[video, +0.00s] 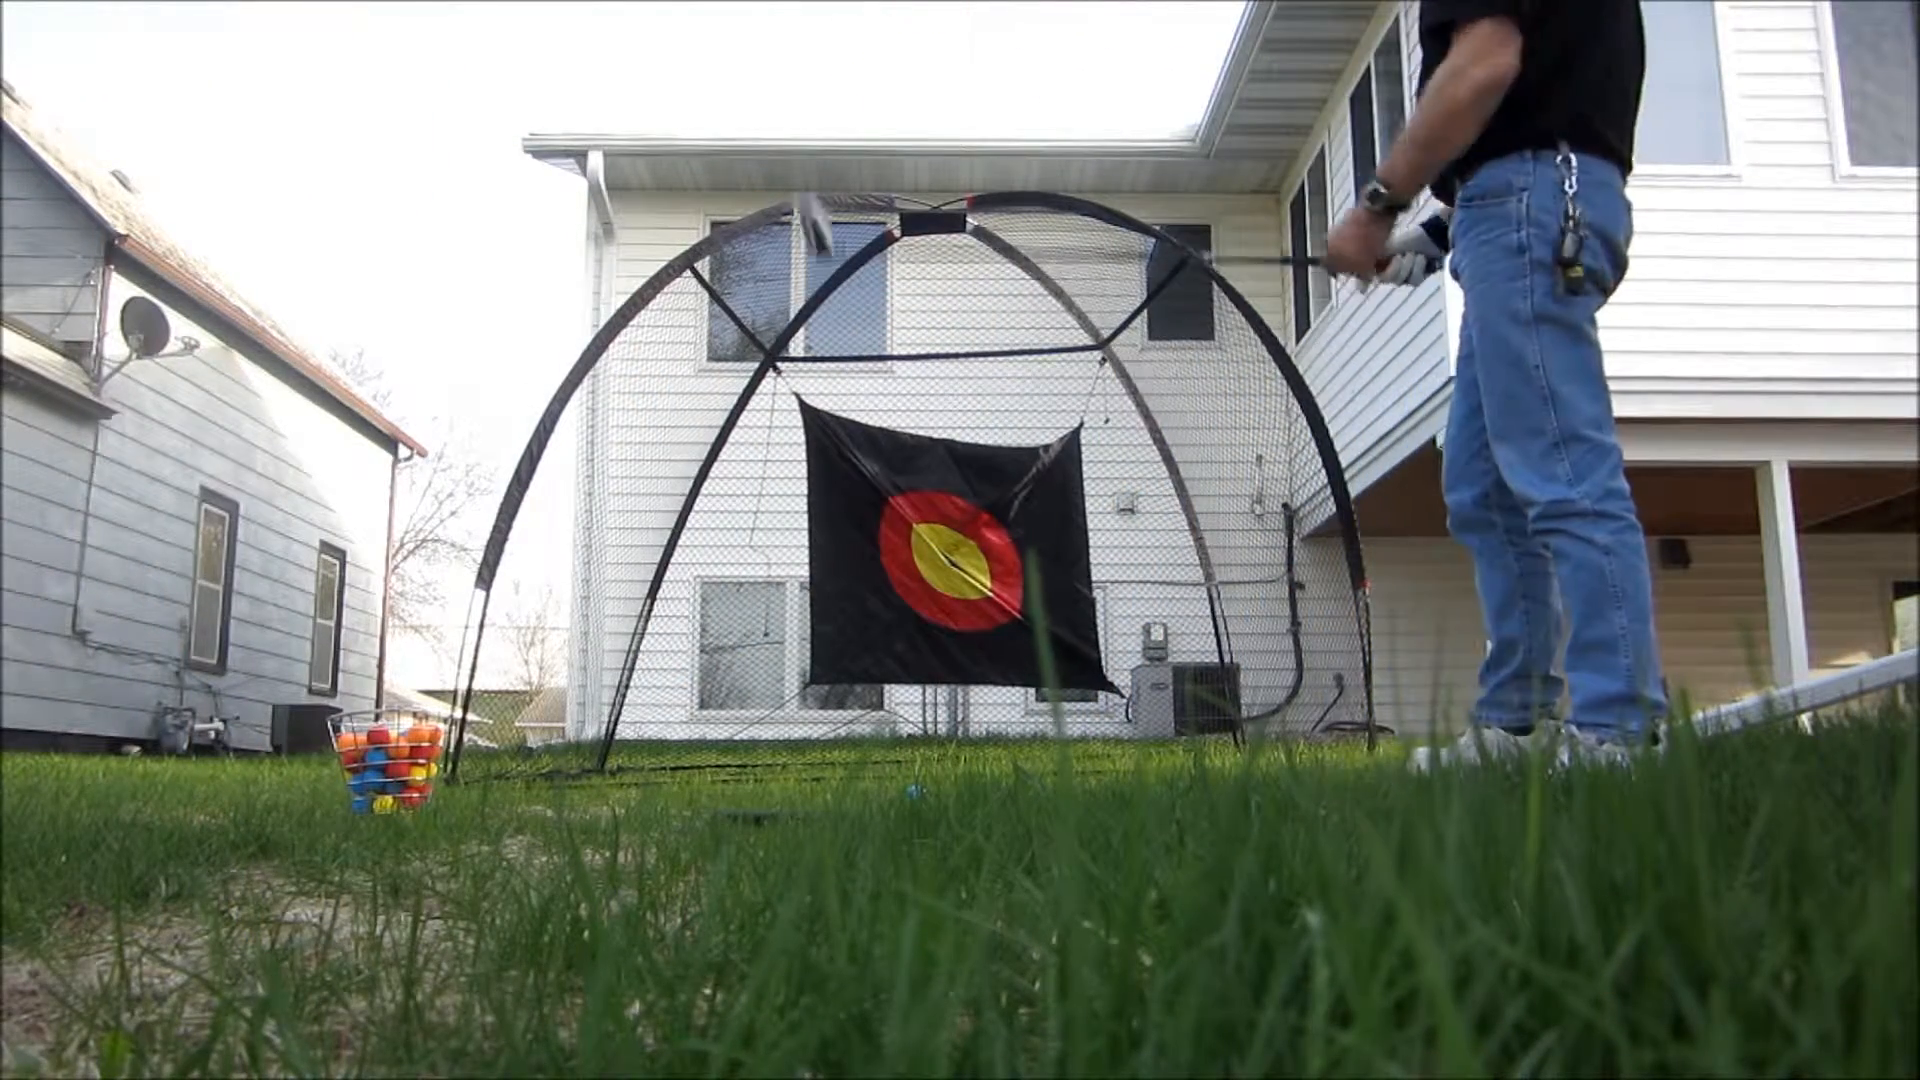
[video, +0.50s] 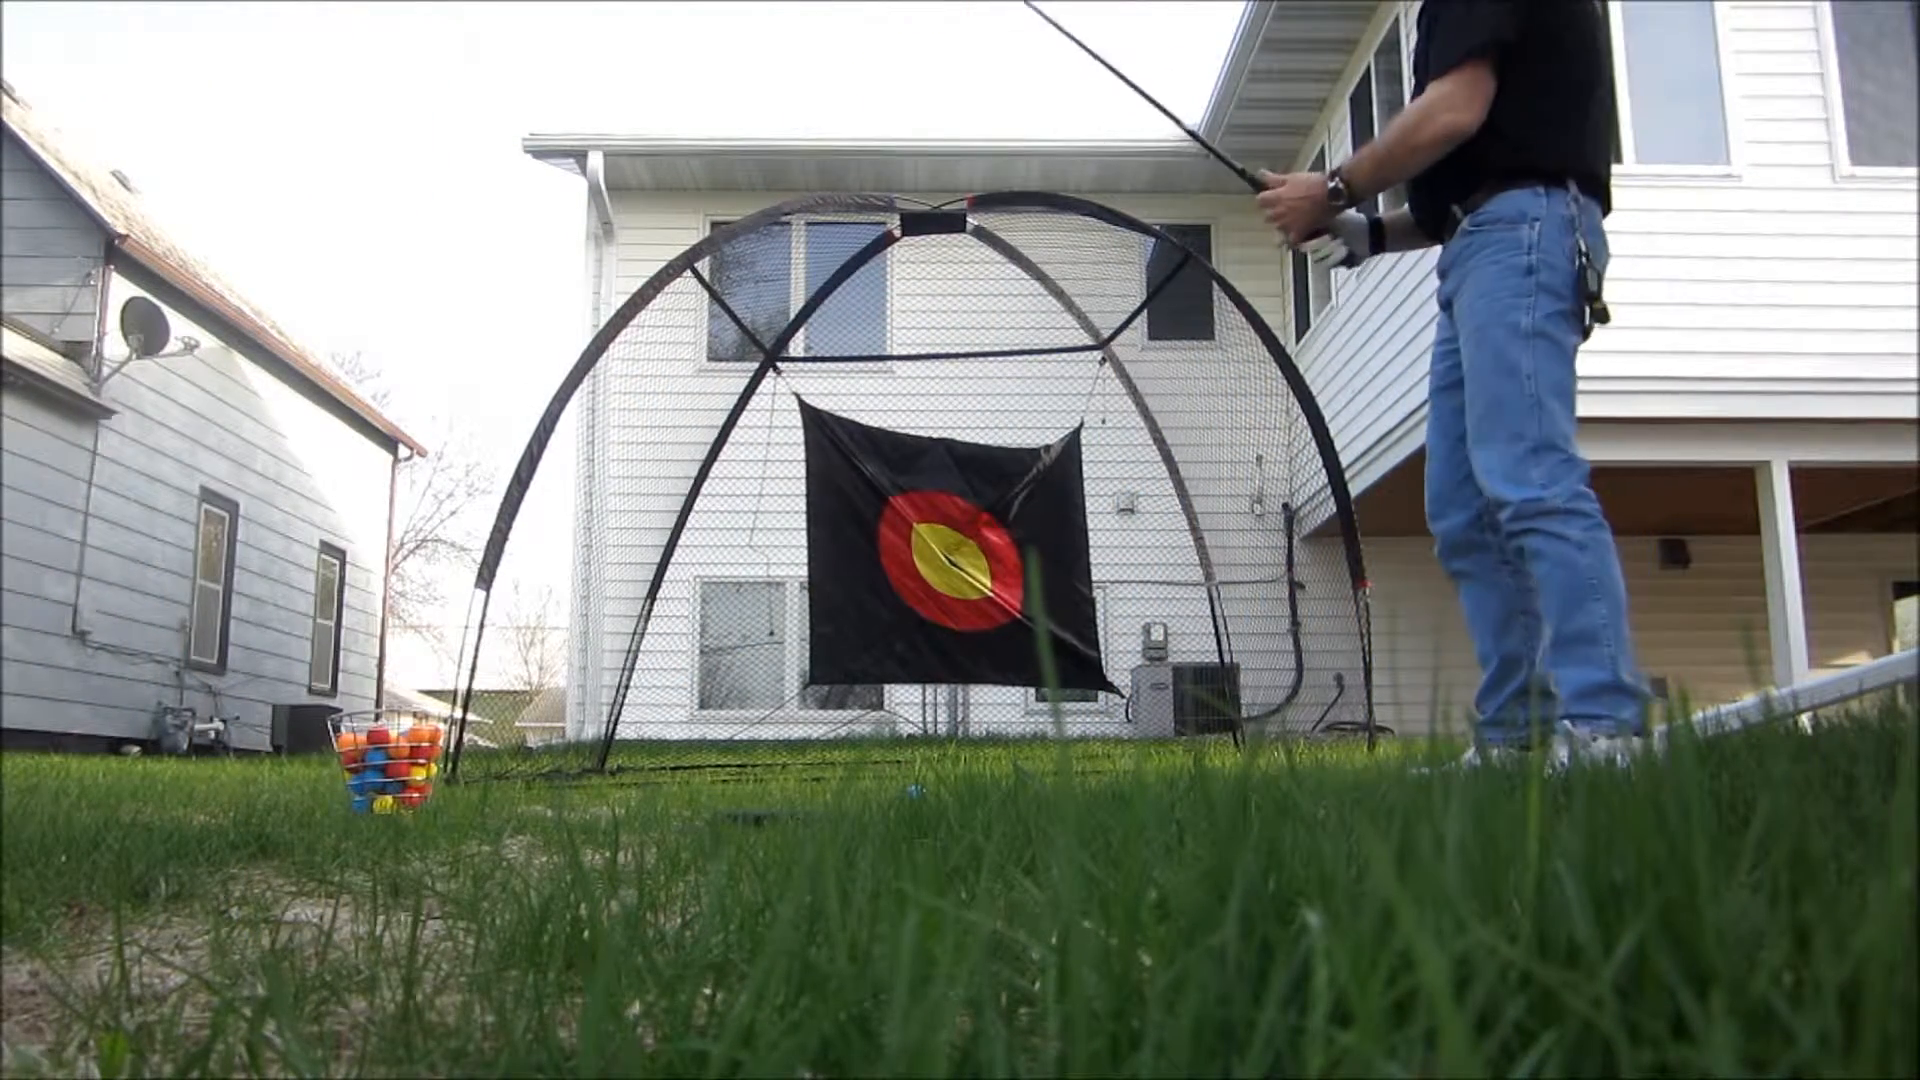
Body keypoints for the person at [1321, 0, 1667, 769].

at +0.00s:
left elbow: (1485, 60)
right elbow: (1543, 103)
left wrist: (1374, 202)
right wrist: (1438, 230)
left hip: (1533, 192)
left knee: (1566, 477)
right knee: (1486, 489)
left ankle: (1618, 731)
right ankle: (1521, 726)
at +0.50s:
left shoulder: (1487, 1)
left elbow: (1455, 108)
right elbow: (1467, 200)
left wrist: (1333, 189)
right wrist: (1356, 231)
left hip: (1523, 220)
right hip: (1472, 243)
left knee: (1533, 481)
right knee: (1464, 511)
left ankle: (1605, 725)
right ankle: (1518, 735)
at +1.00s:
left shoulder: (1469, 1)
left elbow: (1418, 122)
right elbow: (1451, 187)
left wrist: (1307, 229)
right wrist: (1335, 262)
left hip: (1514, 221)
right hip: (1472, 242)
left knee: (1531, 493)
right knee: (1459, 513)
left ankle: (1601, 734)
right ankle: (1508, 741)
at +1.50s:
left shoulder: (1468, 4)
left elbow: (1424, 125)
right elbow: (1465, 167)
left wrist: (1327, 257)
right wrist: (1366, 270)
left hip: (1530, 214)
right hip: (1489, 230)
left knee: (1555, 494)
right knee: (1449, 503)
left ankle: (1605, 733)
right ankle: (1487, 728)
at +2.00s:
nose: (1305, 20)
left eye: (1307, 3)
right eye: (1297, 14)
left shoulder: (1434, 20)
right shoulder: (1382, 83)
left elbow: (1423, 197)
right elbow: (1408, 214)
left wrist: (1356, 331)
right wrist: (1352, 330)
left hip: (1529, 242)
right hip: (1467, 279)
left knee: (1519, 486)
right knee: (1431, 521)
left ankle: (1607, 721)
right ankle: (1481, 739)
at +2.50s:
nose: (1297, 47)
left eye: (1295, 23)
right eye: (1284, 38)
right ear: (1334, 17)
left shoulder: (1419, 32)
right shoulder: (1379, 84)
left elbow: (1401, 213)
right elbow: (1386, 224)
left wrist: (1348, 355)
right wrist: (1340, 359)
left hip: (1539, 240)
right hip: (1478, 281)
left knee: (1522, 486)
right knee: (1434, 521)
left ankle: (1611, 720)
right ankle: (1477, 741)